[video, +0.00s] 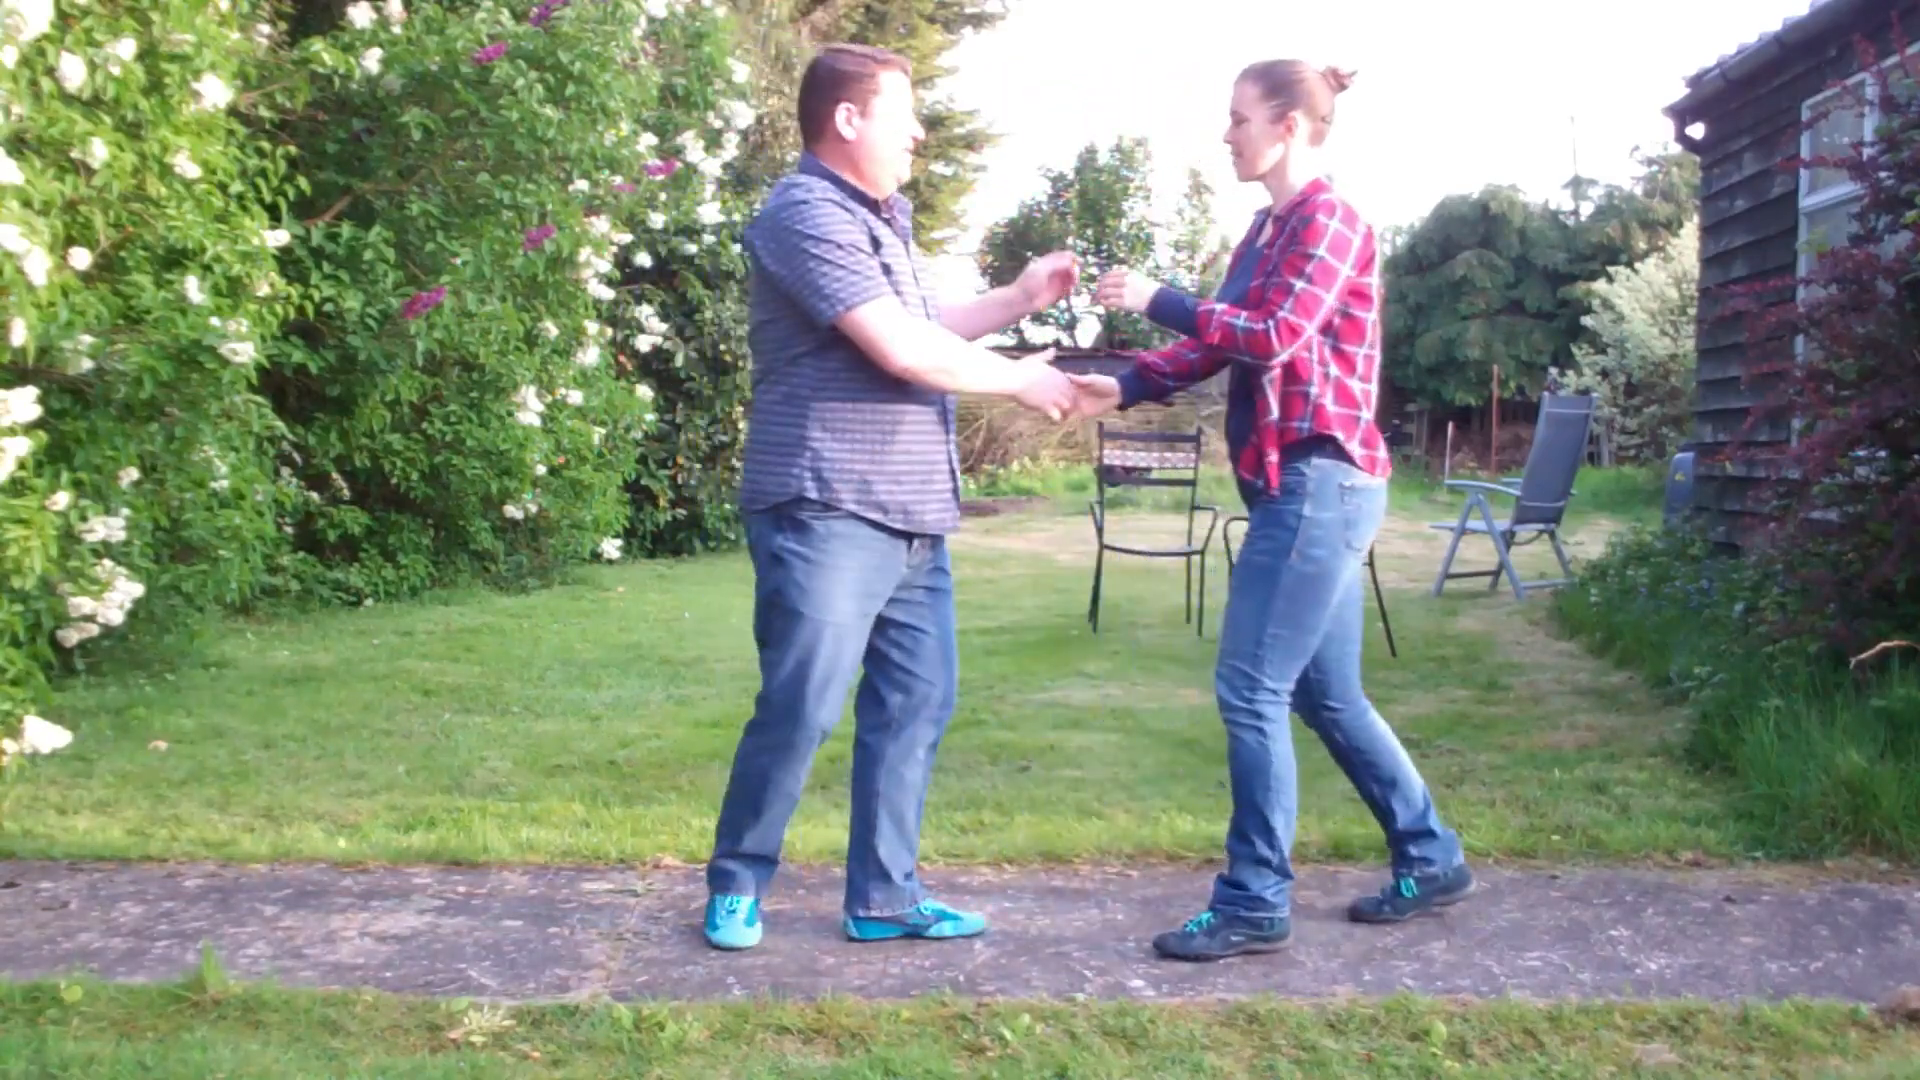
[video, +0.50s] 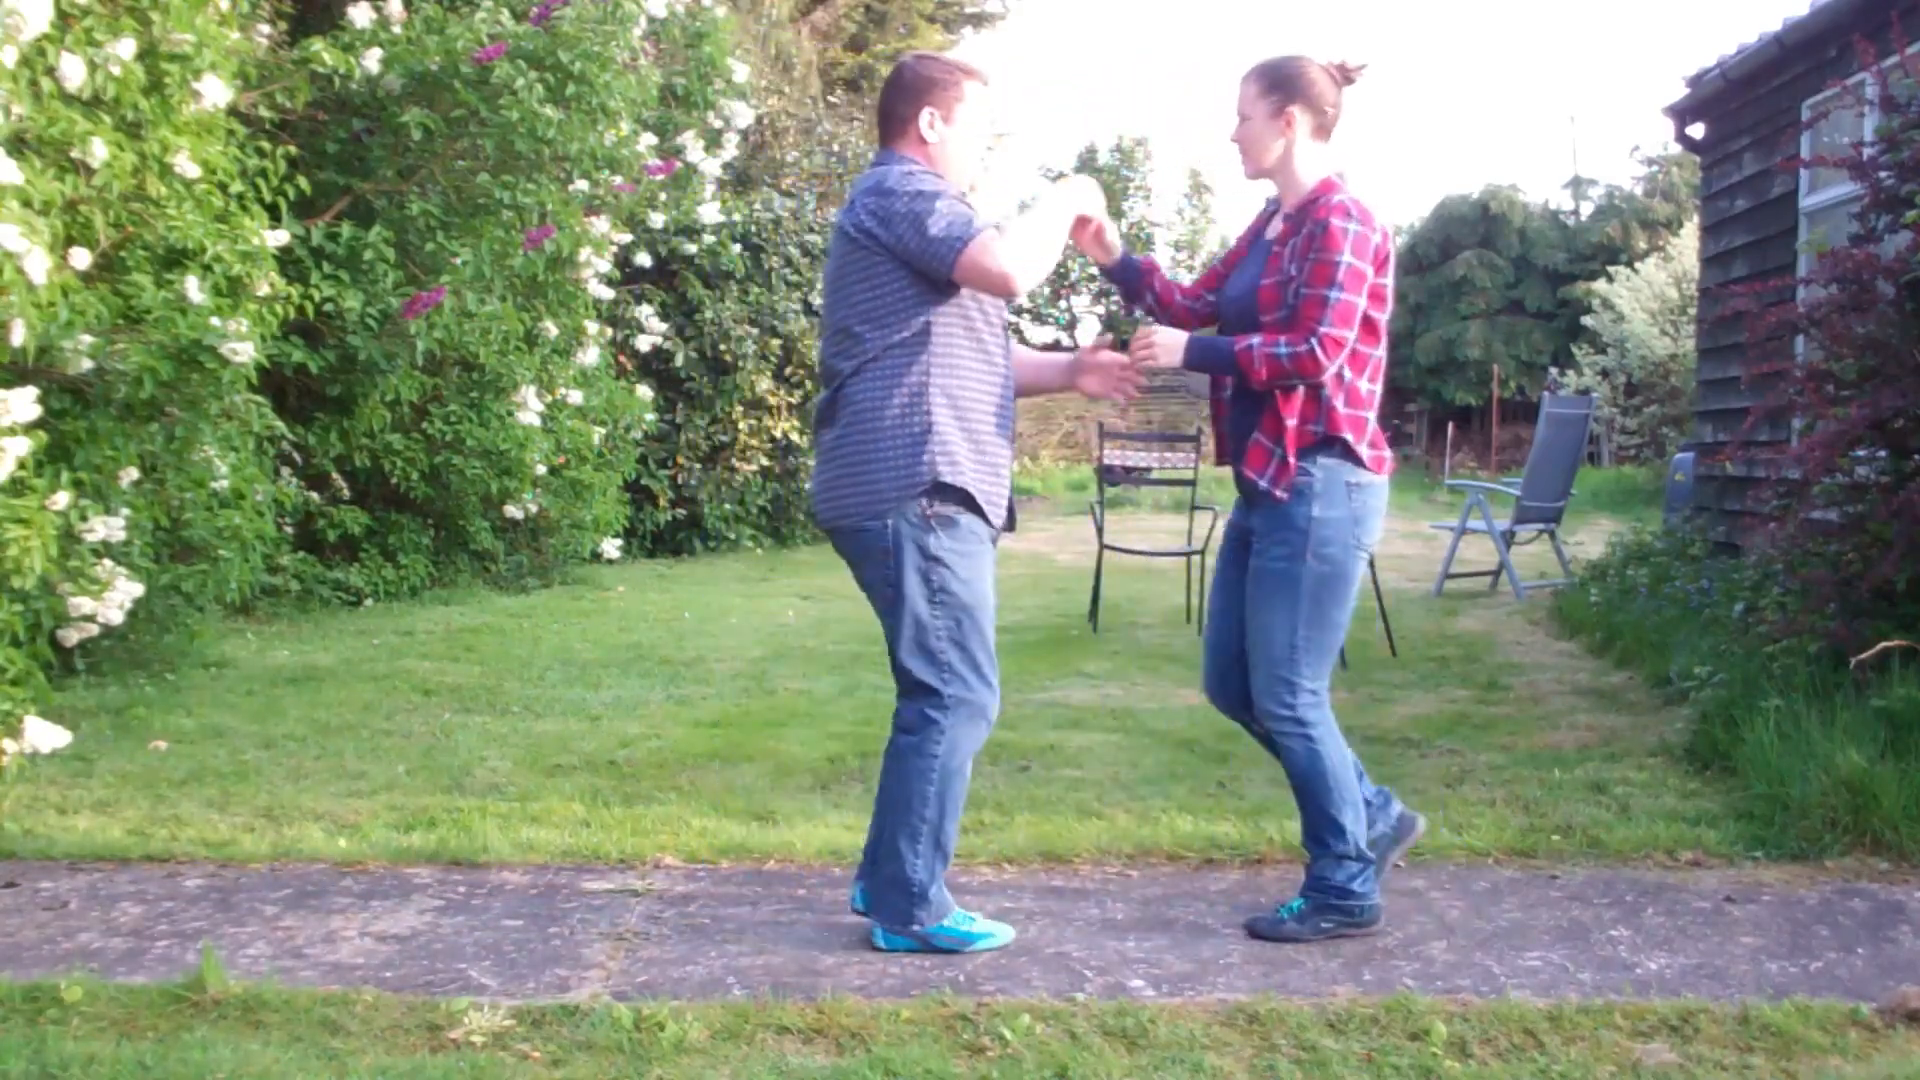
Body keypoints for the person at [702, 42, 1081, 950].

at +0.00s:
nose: (916, 137)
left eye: (913, 119)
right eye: (904, 119)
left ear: (855, 122)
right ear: (848, 121)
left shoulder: (883, 221)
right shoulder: (805, 211)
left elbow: (927, 324)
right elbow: (896, 346)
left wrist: (1022, 295)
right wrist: (1020, 377)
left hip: (911, 513)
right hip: (826, 504)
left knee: (915, 705)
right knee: (803, 705)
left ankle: (885, 899)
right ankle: (739, 883)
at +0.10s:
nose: (939, 136)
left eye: (936, 118)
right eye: (925, 118)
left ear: (876, 124)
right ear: (873, 123)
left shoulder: (895, 219)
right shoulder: (838, 210)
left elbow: (949, 338)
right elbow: (941, 349)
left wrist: (1037, 342)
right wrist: (1041, 373)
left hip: (929, 509)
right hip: (855, 503)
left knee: (927, 706)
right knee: (847, 701)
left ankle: (886, 898)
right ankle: (731, 863)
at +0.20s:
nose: (952, 137)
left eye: (950, 121)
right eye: (941, 121)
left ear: (891, 126)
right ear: (894, 125)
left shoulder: (908, 220)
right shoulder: (863, 208)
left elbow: (953, 372)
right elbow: (963, 340)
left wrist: (1054, 393)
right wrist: (1062, 354)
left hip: (932, 505)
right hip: (874, 498)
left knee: (944, 702)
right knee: (899, 698)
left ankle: (886, 894)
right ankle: (767, 862)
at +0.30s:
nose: (968, 141)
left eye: (966, 123)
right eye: (958, 123)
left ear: (900, 127)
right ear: (911, 125)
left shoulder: (905, 214)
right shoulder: (882, 203)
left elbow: (955, 371)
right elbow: (972, 327)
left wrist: (1054, 412)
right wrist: (1072, 320)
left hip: (924, 494)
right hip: (889, 491)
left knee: (940, 690)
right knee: (938, 688)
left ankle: (894, 883)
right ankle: (847, 886)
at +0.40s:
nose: (981, 146)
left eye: (982, 128)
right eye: (972, 126)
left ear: (912, 127)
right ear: (924, 123)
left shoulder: (906, 208)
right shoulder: (895, 195)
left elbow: (963, 370)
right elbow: (984, 302)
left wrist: (1068, 399)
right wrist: (1060, 260)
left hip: (909, 487)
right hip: (905, 485)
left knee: (927, 694)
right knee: (959, 691)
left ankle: (889, 894)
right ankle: (905, 902)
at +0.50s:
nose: (983, 141)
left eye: (983, 126)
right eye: (975, 124)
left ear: (914, 124)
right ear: (931, 122)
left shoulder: (906, 204)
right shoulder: (901, 190)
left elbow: (961, 364)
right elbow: (1001, 268)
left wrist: (1071, 370)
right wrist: (1063, 205)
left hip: (918, 483)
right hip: (914, 484)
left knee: (942, 693)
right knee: (958, 694)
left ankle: (892, 882)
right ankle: (910, 906)